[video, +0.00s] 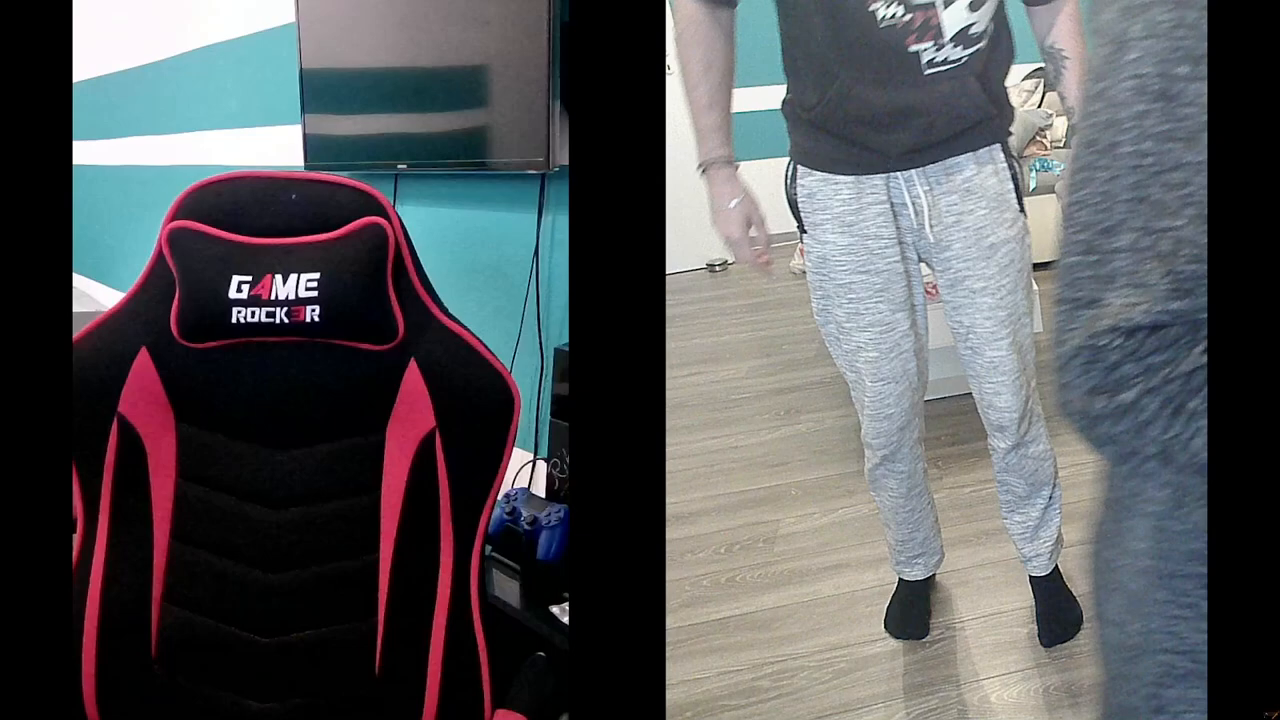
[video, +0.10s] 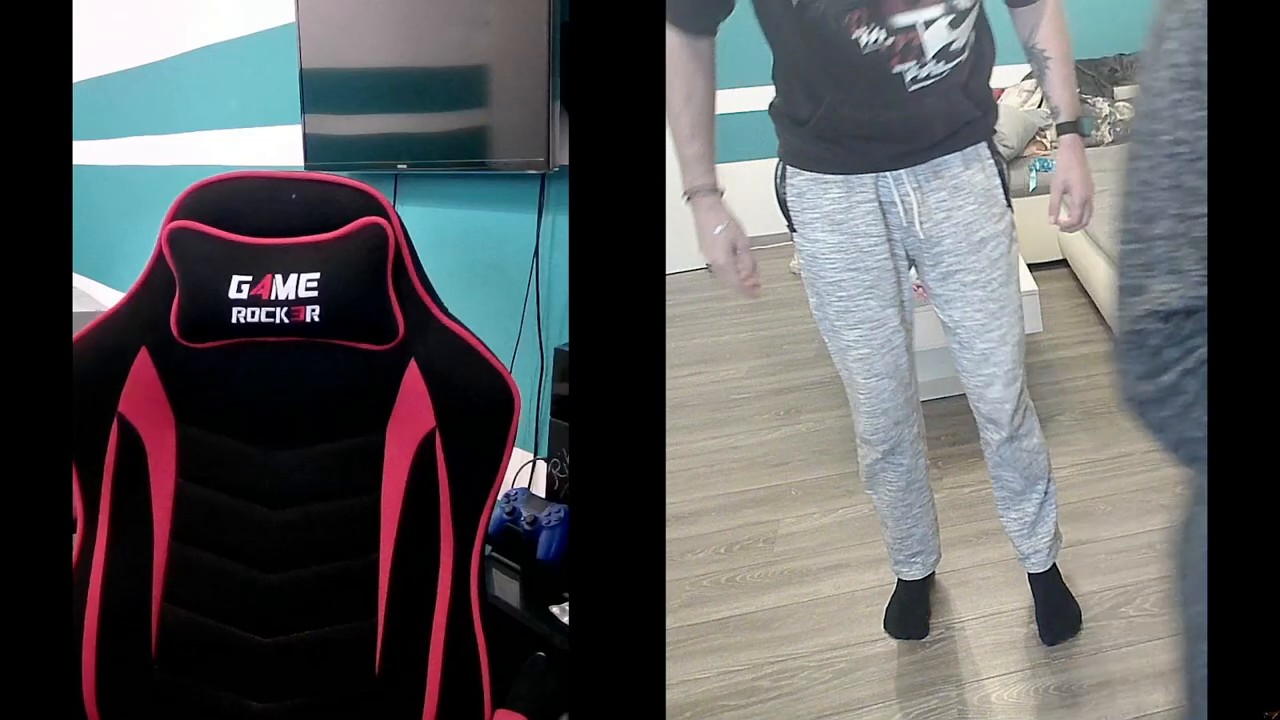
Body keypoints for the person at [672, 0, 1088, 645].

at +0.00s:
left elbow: (1051, 6)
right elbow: (702, 5)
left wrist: (1087, 118)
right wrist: (718, 166)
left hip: (967, 154)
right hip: (838, 174)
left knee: (1009, 399)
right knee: (884, 414)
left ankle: (1042, 561)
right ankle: (914, 563)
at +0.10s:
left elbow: (1033, 3)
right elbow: (687, 27)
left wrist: (1069, 134)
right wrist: (703, 193)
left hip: (956, 160)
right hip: (828, 183)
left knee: (1000, 393)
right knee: (879, 409)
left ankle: (1041, 559)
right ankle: (912, 564)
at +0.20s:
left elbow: (1024, 17)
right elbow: (677, 56)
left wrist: (1058, 154)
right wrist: (692, 217)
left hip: (943, 165)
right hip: (817, 189)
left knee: (990, 387)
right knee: (870, 409)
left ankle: (1029, 551)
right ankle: (912, 564)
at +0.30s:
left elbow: (1025, 38)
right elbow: (674, 67)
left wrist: (1056, 175)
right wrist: (690, 220)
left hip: (939, 164)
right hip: (814, 190)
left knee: (983, 381)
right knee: (869, 407)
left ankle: (1020, 537)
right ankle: (911, 563)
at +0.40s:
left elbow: (1031, 56)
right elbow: (675, 69)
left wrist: (1056, 194)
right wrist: (692, 221)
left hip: (938, 164)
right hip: (812, 188)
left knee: (980, 379)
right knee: (867, 406)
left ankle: (1015, 532)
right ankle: (910, 563)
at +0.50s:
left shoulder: (997, 5)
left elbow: (1038, 80)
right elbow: (680, 67)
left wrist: (1060, 226)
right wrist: (698, 221)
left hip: (940, 169)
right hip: (816, 187)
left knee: (978, 379)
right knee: (866, 403)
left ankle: (1011, 534)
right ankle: (910, 562)